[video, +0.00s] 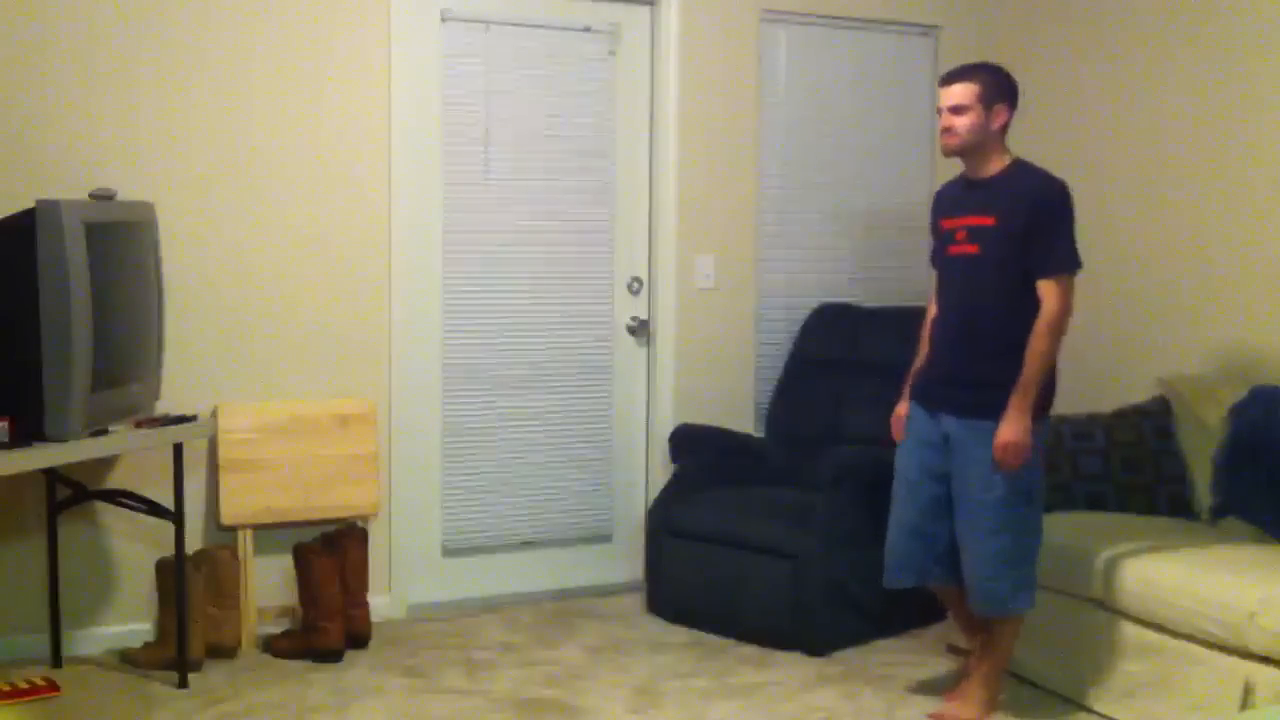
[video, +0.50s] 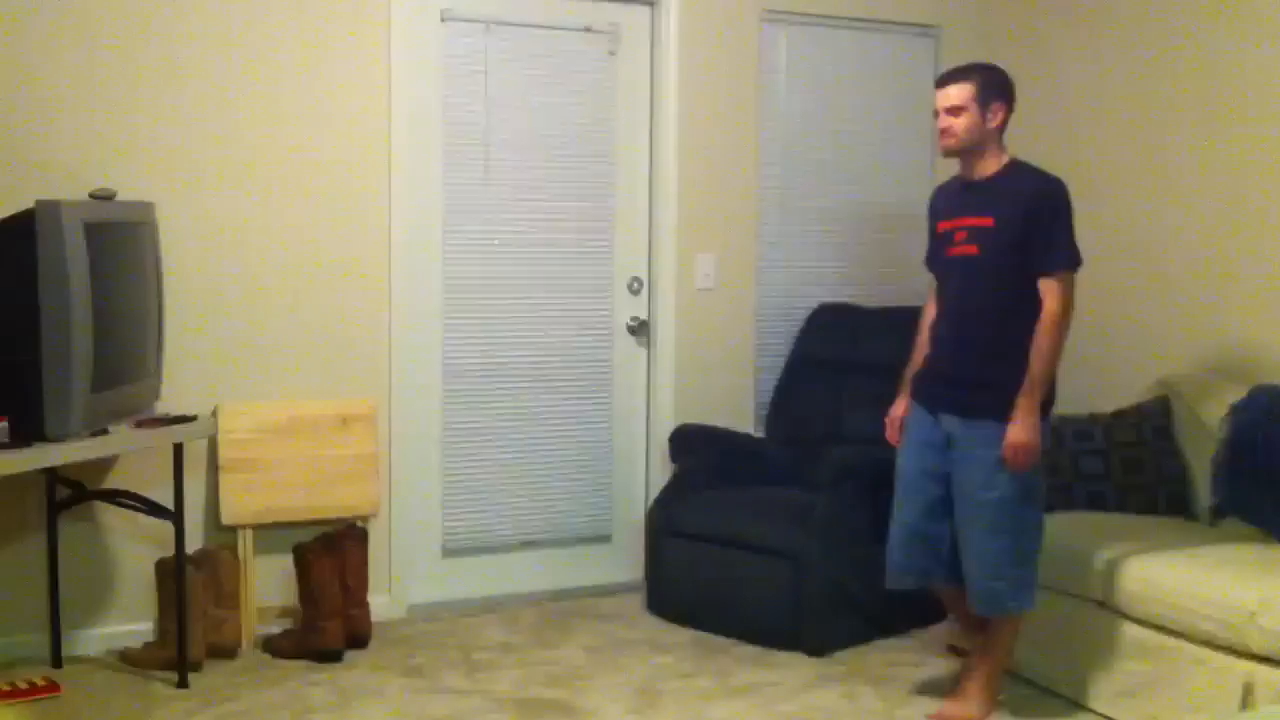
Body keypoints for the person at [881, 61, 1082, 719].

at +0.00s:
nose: (945, 123)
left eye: (958, 110)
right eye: (941, 112)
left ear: (999, 115)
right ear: (943, 120)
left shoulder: (1041, 193)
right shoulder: (947, 201)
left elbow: (1055, 309)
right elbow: (940, 303)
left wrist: (1020, 411)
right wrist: (909, 393)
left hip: (997, 417)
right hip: (932, 409)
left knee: (996, 562)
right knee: (924, 544)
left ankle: (985, 690)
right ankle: (979, 645)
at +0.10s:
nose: (945, 122)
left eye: (958, 110)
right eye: (941, 112)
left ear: (998, 115)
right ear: (943, 120)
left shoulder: (1039, 193)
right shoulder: (945, 199)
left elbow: (1053, 308)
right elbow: (938, 305)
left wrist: (1023, 410)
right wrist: (908, 396)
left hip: (997, 419)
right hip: (932, 411)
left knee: (996, 563)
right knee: (931, 549)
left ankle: (985, 691)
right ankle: (984, 649)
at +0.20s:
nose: (944, 122)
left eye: (957, 110)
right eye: (941, 111)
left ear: (997, 114)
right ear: (943, 120)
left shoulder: (1039, 192)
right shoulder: (944, 199)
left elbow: (1054, 307)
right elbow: (936, 306)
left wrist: (1024, 410)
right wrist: (908, 396)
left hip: (998, 418)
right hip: (933, 410)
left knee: (997, 563)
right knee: (934, 546)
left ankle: (987, 689)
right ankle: (982, 647)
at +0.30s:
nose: (942, 123)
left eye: (955, 111)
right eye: (938, 113)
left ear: (996, 114)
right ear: (940, 121)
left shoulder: (1038, 192)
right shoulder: (944, 199)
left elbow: (1056, 306)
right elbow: (936, 303)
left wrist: (1026, 409)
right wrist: (906, 394)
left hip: (997, 417)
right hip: (931, 409)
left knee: (996, 562)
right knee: (926, 543)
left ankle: (985, 689)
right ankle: (976, 639)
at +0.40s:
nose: (942, 124)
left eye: (955, 111)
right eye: (938, 114)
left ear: (995, 114)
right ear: (939, 121)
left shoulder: (1038, 192)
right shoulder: (944, 199)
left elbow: (1057, 305)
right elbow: (938, 303)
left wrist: (1027, 409)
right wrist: (905, 392)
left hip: (997, 417)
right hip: (930, 409)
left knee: (996, 563)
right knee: (923, 543)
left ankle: (984, 690)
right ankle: (975, 641)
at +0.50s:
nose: (942, 124)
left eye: (955, 112)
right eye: (938, 114)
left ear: (995, 115)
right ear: (941, 121)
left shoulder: (1040, 193)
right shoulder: (944, 200)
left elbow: (1055, 308)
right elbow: (938, 301)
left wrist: (1028, 410)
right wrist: (907, 391)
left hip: (998, 416)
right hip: (932, 408)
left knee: (997, 561)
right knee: (922, 540)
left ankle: (984, 688)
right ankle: (972, 636)